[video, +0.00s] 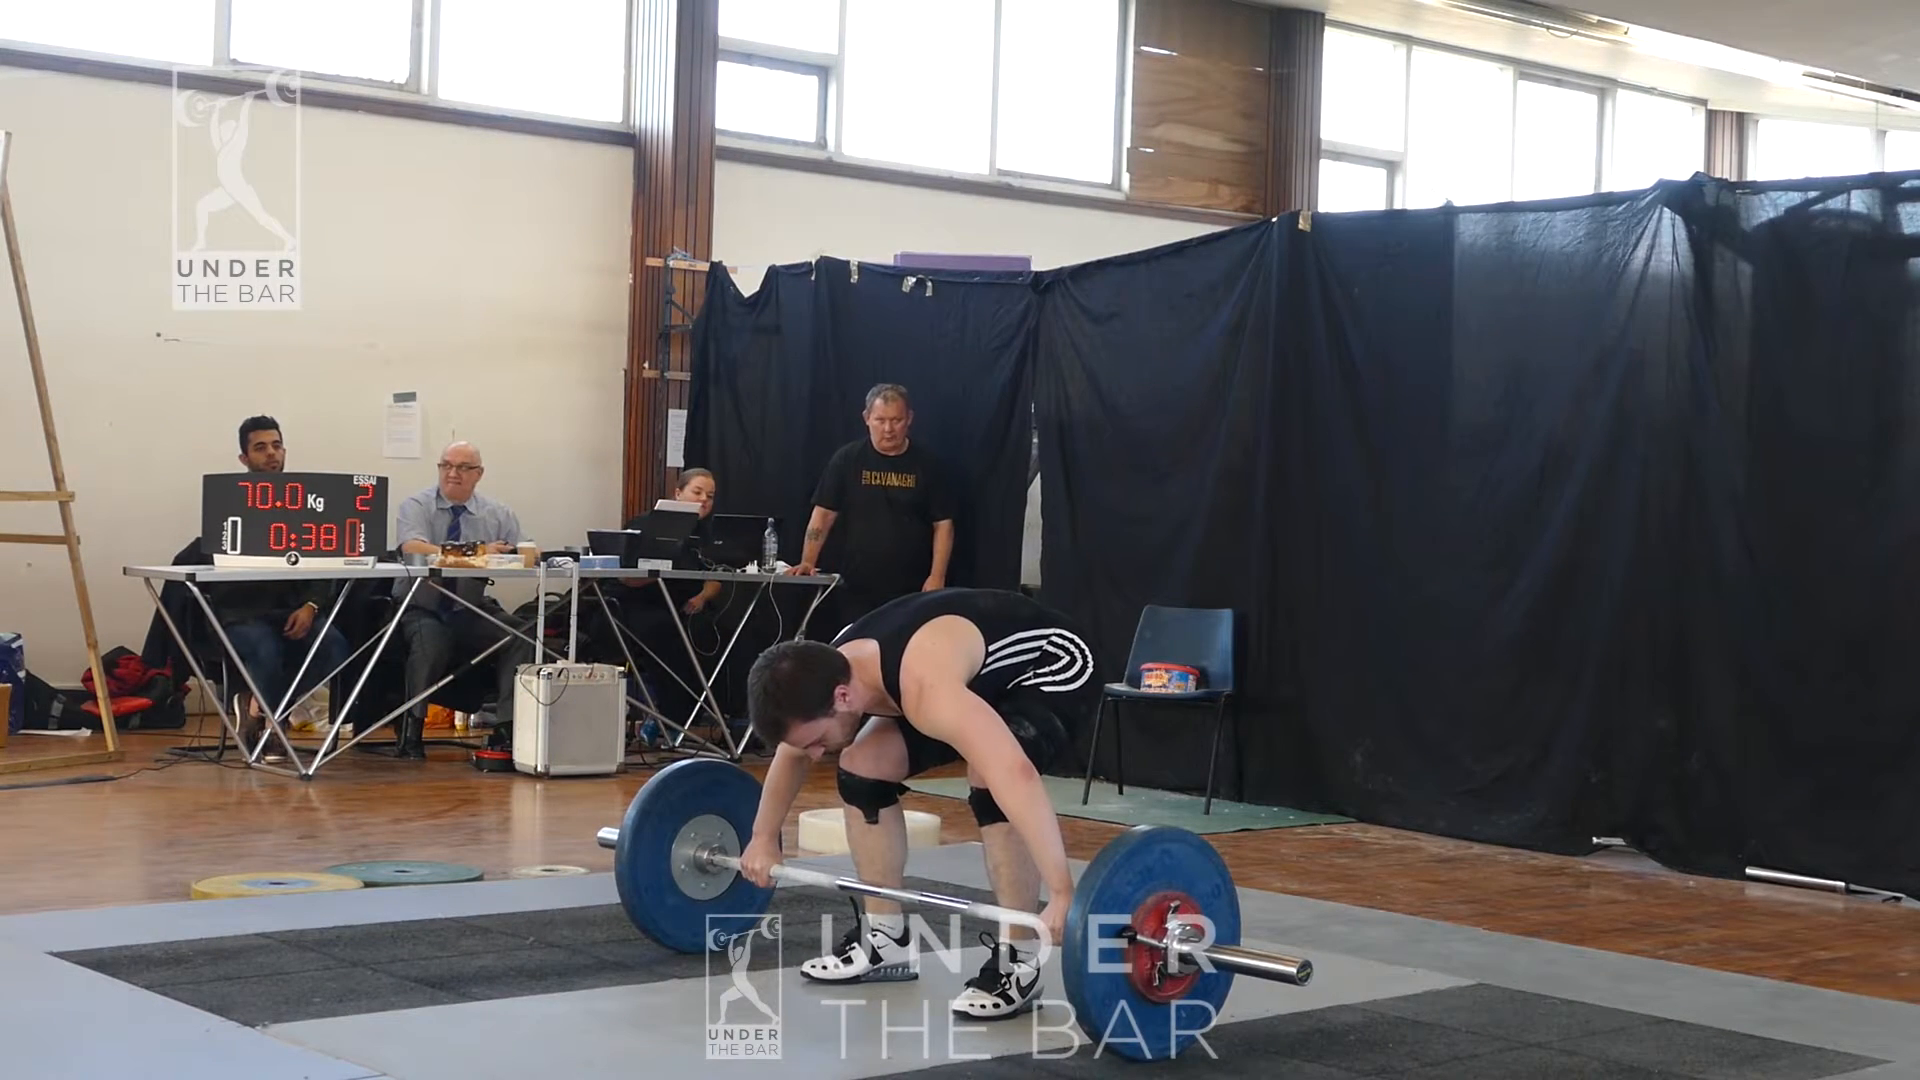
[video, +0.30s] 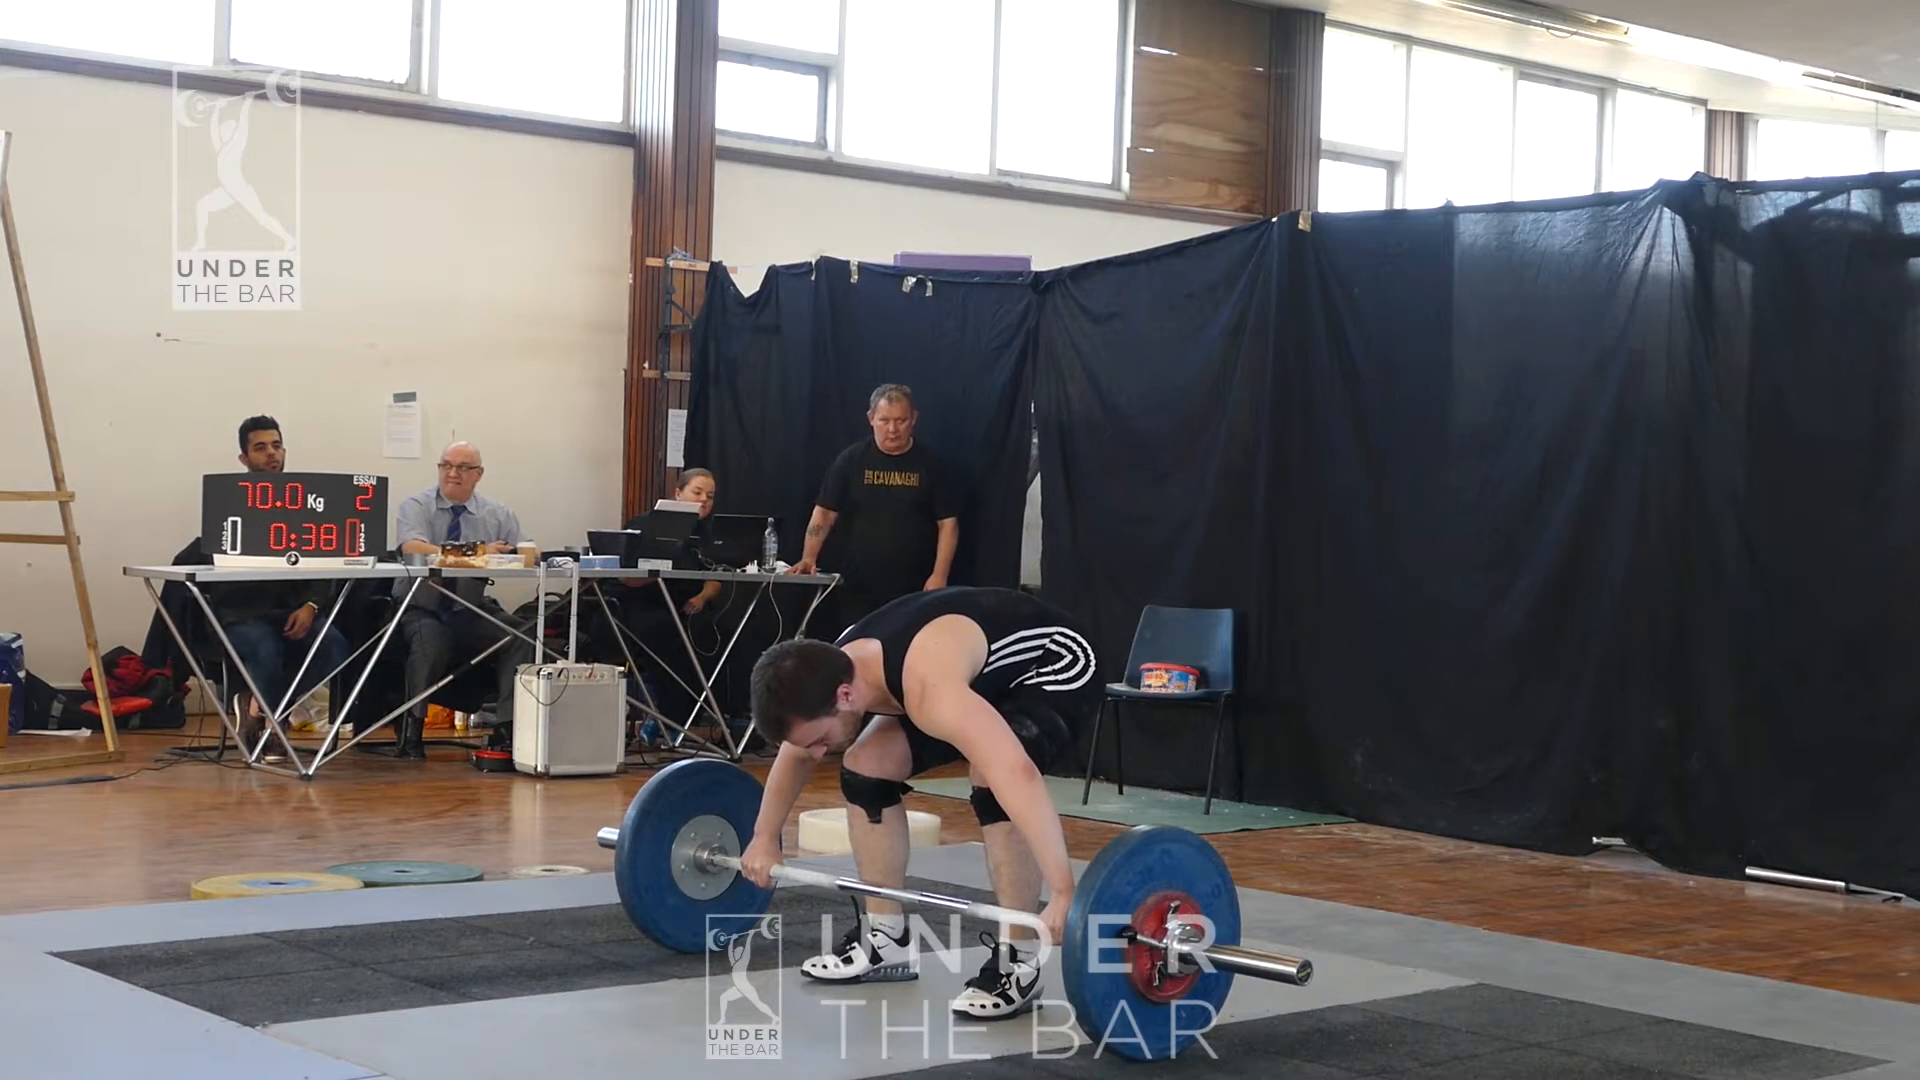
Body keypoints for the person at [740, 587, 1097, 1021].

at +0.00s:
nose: (814, 754)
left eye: (817, 740)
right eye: (801, 747)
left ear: (843, 697)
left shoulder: (931, 690)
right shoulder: (831, 671)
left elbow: (1016, 774)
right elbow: (793, 753)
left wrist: (1061, 890)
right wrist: (763, 835)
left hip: (1056, 666)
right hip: (976, 677)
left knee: (991, 782)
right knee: (863, 768)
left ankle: (1019, 961)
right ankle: (886, 941)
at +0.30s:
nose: (816, 753)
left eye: (821, 739)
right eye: (804, 747)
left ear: (846, 696)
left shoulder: (934, 690)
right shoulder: (835, 668)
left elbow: (1018, 773)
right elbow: (796, 751)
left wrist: (1062, 888)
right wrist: (764, 835)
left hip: (1060, 666)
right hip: (980, 677)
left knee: (992, 783)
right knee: (867, 769)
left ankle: (1019, 960)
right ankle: (886, 941)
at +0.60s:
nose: (816, 746)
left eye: (821, 731)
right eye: (804, 739)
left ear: (848, 690)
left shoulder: (936, 684)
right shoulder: (834, 668)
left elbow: (1019, 772)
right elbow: (798, 751)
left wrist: (1060, 889)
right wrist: (764, 835)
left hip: (1063, 664)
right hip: (982, 673)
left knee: (995, 779)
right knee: (870, 769)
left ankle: (1020, 959)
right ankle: (888, 941)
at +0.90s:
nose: (801, 690)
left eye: (807, 675)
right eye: (791, 680)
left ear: (846, 638)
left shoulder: (937, 677)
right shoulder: (829, 677)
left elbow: (1015, 769)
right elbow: (795, 752)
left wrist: (1052, 890)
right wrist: (760, 833)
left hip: (1057, 750)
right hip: (961, 754)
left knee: (976, 788)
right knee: (832, 780)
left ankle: (1018, 962)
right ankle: (886, 942)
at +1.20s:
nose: (806, 601)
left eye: (823, 583)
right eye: (801, 586)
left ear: (873, 584)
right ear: (798, 589)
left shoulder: (940, 664)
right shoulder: (827, 677)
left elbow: (1012, 769)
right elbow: (796, 751)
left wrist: (1050, 886)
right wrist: (760, 832)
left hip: (1037, 782)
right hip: (940, 781)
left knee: (972, 797)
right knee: (820, 787)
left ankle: (1015, 959)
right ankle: (883, 938)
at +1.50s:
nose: (804, 589)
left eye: (823, 574)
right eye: (800, 574)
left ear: (871, 584)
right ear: (796, 579)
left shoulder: (938, 659)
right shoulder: (823, 671)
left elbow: (1021, 759)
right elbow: (794, 739)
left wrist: (1049, 871)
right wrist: (756, 824)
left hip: (1035, 761)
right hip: (939, 763)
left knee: (976, 790)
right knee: (822, 786)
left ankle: (1012, 960)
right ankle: (883, 938)